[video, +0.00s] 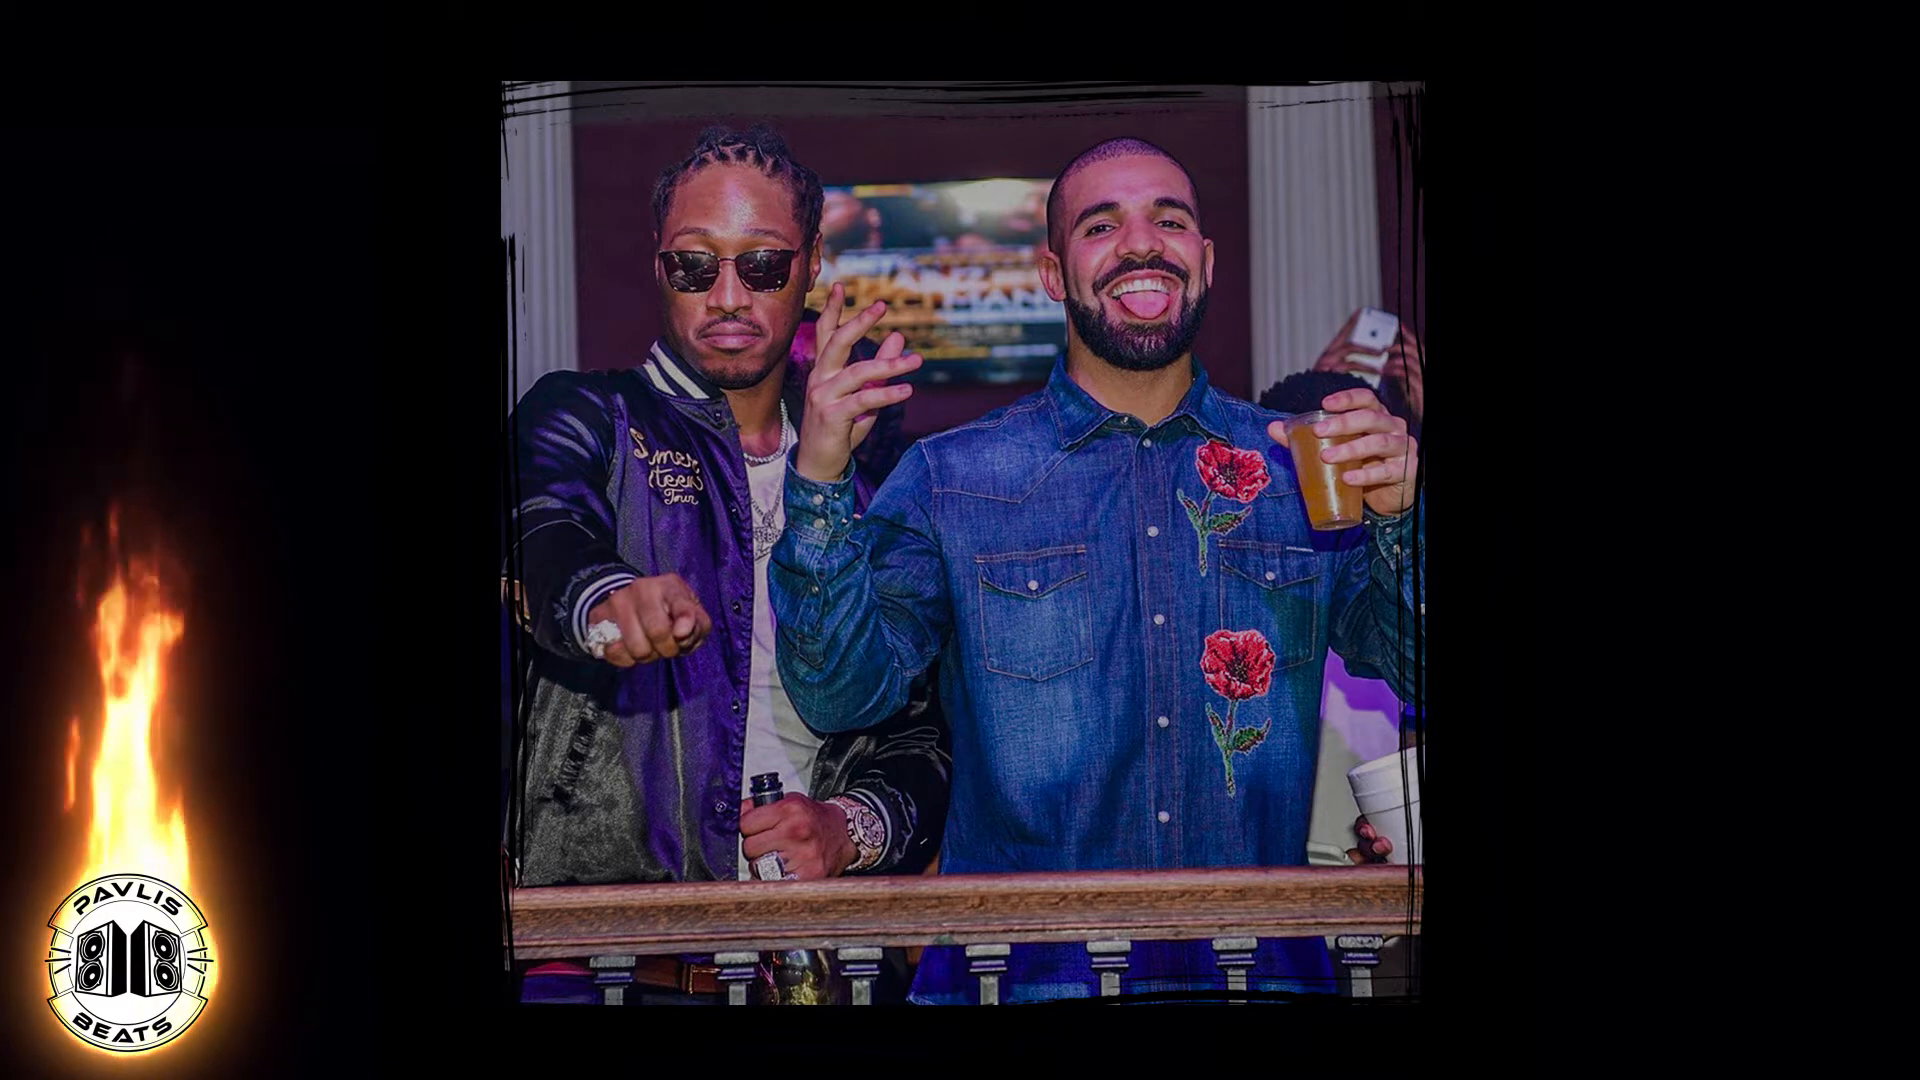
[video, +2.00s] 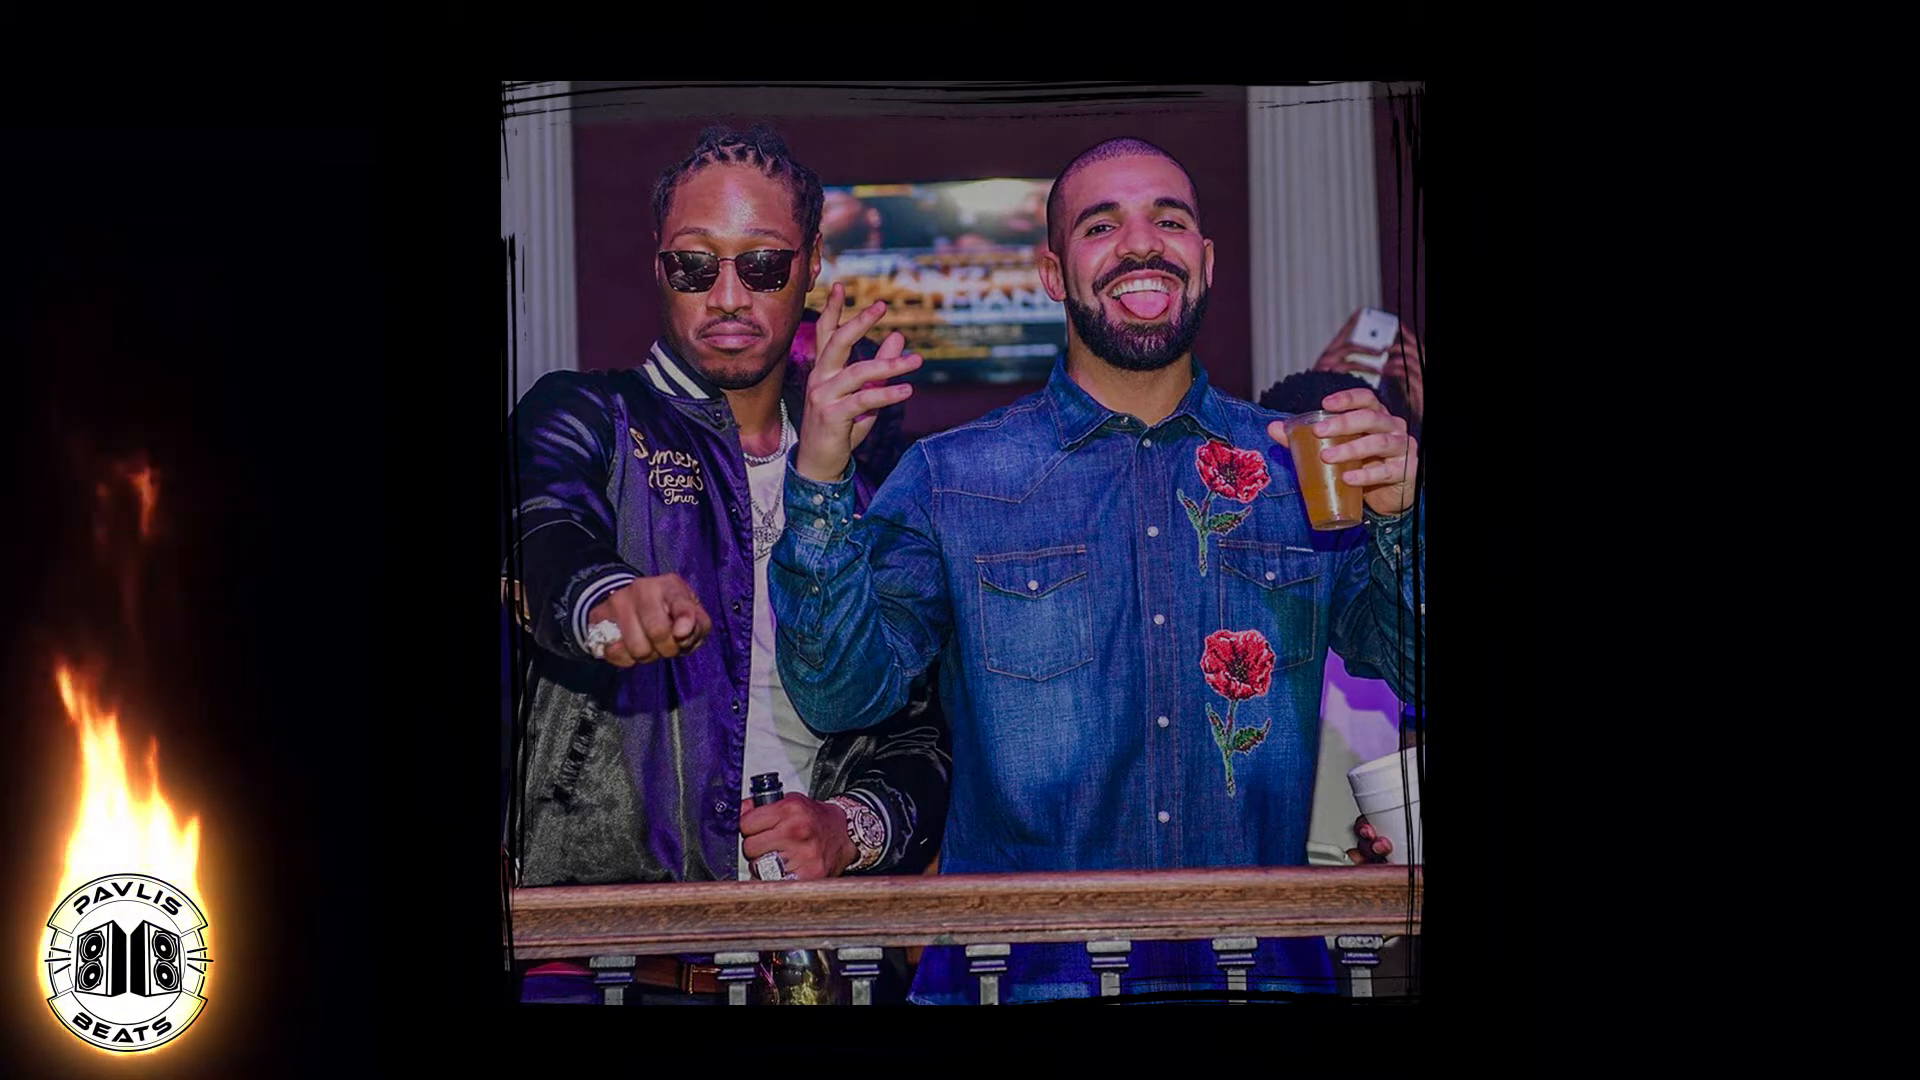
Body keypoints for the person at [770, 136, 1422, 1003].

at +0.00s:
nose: (1142, 242)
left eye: (1170, 219)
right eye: (1102, 225)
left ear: (1207, 259)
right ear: (1055, 273)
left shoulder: (1304, 469)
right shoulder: (945, 478)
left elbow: (1413, 673)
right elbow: (840, 692)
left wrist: (1402, 516)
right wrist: (818, 475)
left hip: (1255, 955)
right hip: (1022, 963)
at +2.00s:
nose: (1142, 242)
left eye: (1170, 219)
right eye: (1102, 225)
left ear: (1207, 259)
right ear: (1055, 273)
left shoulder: (1304, 469)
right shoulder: (945, 478)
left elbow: (1413, 673)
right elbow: (840, 692)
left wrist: (1402, 516)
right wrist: (818, 475)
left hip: (1255, 955)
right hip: (1022, 963)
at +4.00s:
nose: (1142, 242)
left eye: (1170, 219)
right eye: (1102, 225)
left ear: (1207, 259)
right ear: (1055, 273)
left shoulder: (1304, 469)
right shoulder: (945, 478)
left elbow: (1413, 673)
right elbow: (840, 692)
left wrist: (1402, 516)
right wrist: (818, 475)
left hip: (1255, 955)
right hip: (1022, 963)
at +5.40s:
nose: (1141, 242)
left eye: (1169, 219)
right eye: (1102, 224)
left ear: (1208, 259)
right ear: (1055, 272)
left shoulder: (1304, 469)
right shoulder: (945, 478)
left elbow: (1413, 672)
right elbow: (840, 692)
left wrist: (1402, 515)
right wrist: (818, 473)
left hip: (1255, 954)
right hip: (1020, 964)